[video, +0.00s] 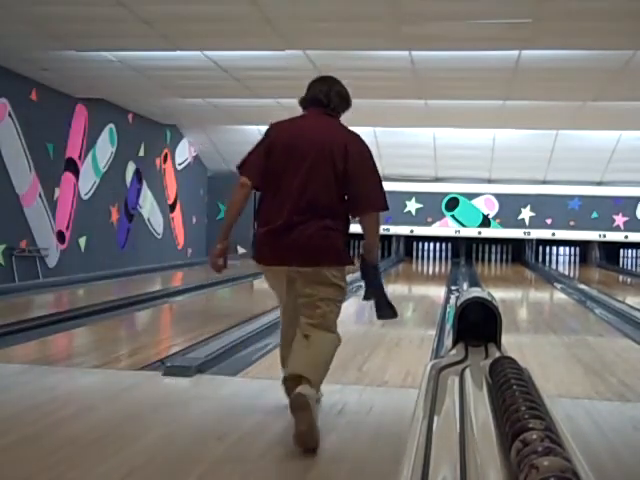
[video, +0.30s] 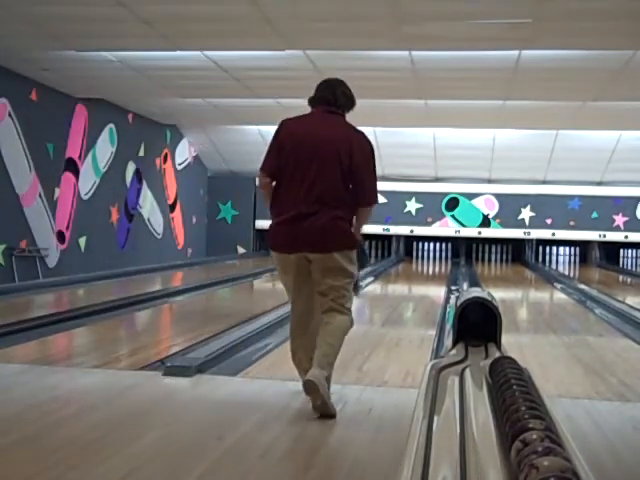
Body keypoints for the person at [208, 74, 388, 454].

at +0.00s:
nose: (345, 115)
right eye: (345, 110)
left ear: (305, 102)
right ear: (341, 108)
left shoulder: (277, 133)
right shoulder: (349, 142)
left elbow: (244, 184)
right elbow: (369, 207)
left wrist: (223, 237)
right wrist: (372, 259)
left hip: (273, 247)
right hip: (322, 250)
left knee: (291, 319)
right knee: (320, 324)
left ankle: (296, 387)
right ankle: (304, 386)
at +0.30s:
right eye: (349, 108)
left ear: (313, 101)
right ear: (346, 106)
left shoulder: (288, 127)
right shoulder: (357, 139)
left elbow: (264, 179)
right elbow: (366, 201)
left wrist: (279, 213)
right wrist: (355, 230)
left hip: (286, 235)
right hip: (333, 236)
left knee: (302, 308)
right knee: (336, 309)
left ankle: (311, 385)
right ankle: (319, 375)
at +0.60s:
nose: (347, 103)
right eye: (347, 98)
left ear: (314, 92)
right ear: (344, 97)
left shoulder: (290, 121)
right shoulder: (354, 126)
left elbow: (280, 168)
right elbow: (361, 183)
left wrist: (308, 184)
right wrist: (330, 190)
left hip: (290, 225)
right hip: (336, 225)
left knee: (304, 299)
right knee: (343, 296)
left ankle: (310, 378)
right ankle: (321, 369)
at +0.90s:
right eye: (347, 92)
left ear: (315, 90)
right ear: (347, 94)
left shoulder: (292, 120)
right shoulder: (358, 127)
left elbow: (278, 167)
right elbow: (369, 184)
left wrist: (302, 190)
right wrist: (335, 187)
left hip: (295, 231)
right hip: (342, 230)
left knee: (305, 304)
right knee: (350, 299)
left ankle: (311, 380)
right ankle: (332, 366)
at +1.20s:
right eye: (356, 87)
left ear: (320, 86)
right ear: (355, 90)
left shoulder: (297, 119)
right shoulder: (367, 127)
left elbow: (288, 166)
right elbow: (374, 183)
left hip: (301, 234)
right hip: (350, 236)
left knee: (307, 311)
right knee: (349, 313)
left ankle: (304, 380)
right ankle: (331, 397)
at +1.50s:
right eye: (360, 76)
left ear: (322, 74)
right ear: (358, 79)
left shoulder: (297, 110)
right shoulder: (370, 117)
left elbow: (290, 159)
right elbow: (378, 178)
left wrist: (330, 160)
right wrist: (341, 164)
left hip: (297, 232)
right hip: (350, 235)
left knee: (297, 308)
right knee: (347, 317)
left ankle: (297, 394)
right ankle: (331, 400)